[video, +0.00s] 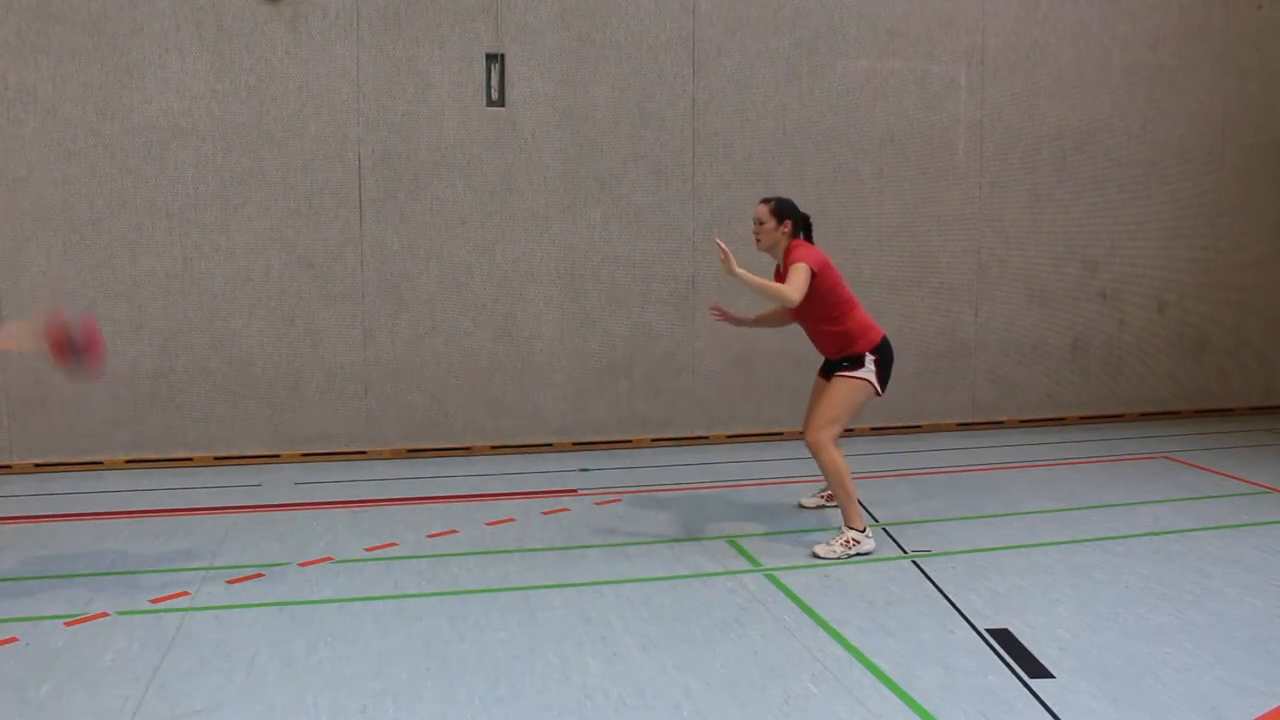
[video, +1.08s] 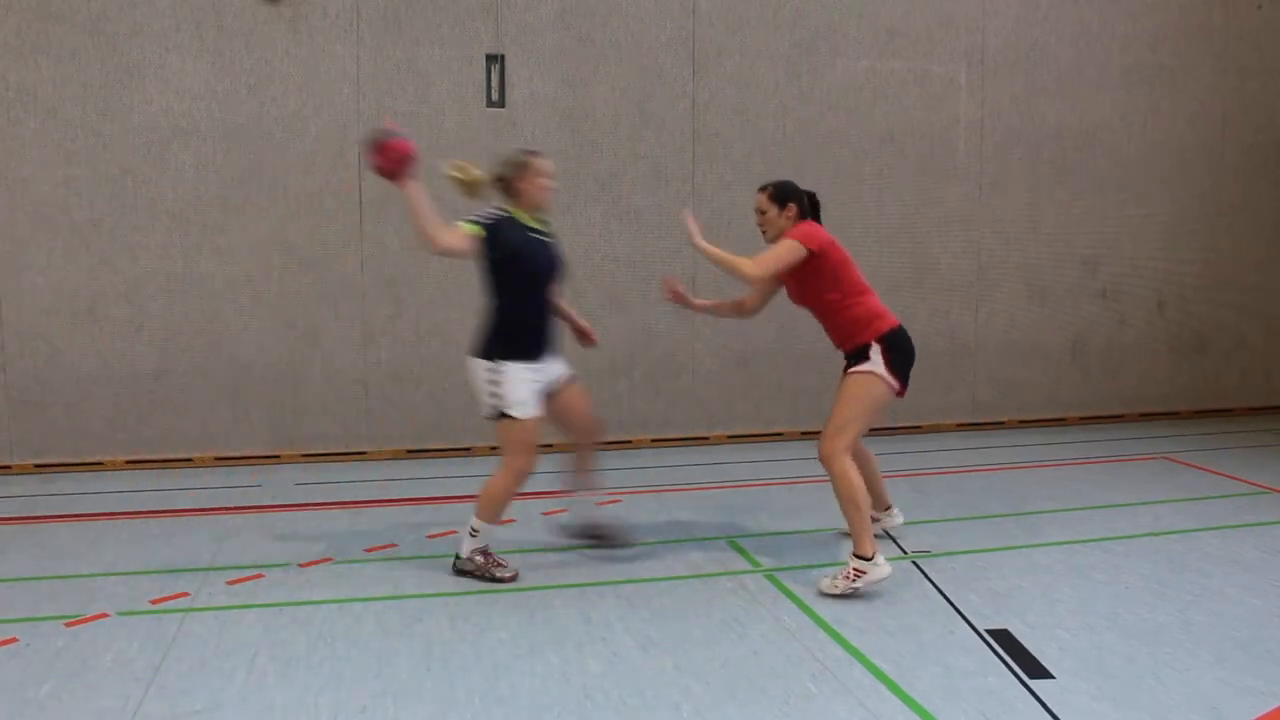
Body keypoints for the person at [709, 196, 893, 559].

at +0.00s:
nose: (753, 230)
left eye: (760, 223)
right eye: (754, 224)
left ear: (784, 226)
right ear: (779, 228)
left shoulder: (802, 254)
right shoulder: (786, 265)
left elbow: (792, 296)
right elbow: (792, 314)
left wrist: (738, 272)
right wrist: (745, 321)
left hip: (866, 355)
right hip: (838, 357)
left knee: (820, 437)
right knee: (813, 432)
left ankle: (857, 532)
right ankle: (840, 489)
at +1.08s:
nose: (758, 223)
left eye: (763, 213)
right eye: (756, 216)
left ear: (790, 211)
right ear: (787, 214)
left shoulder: (809, 236)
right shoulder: (787, 253)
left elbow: (756, 270)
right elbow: (748, 306)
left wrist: (702, 245)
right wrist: (695, 304)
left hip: (880, 347)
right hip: (865, 349)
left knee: (833, 449)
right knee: (846, 437)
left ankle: (867, 559)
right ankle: (883, 511)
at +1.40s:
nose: (753, 250)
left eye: (762, 243)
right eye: (752, 243)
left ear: (787, 248)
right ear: (755, 249)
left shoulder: (795, 271)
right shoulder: (777, 292)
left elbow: (746, 286)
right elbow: (764, 347)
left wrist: (702, 262)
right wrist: (722, 334)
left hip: (858, 395)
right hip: (837, 400)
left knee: (808, 482)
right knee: (827, 481)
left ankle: (861, 582)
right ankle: (894, 506)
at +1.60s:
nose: (774, 247)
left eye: (784, 242)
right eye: (771, 240)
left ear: (804, 247)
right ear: (765, 243)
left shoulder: (811, 275)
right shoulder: (772, 275)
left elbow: (791, 297)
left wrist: (755, 268)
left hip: (847, 403)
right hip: (816, 408)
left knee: (795, 483)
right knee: (830, 494)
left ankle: (849, 583)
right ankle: (893, 501)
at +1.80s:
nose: (798, 256)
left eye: (806, 249)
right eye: (791, 250)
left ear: (818, 254)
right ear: (779, 257)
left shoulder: (831, 285)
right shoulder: (770, 299)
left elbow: (830, 303)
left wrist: (778, 277)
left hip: (863, 413)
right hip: (818, 424)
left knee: (817, 477)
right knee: (845, 497)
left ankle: (850, 582)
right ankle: (894, 497)